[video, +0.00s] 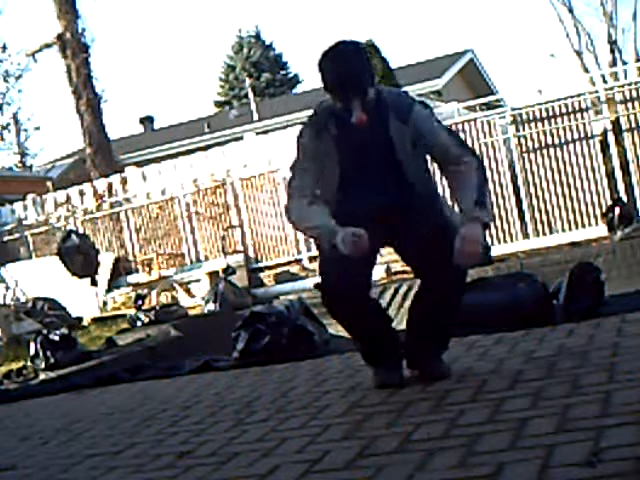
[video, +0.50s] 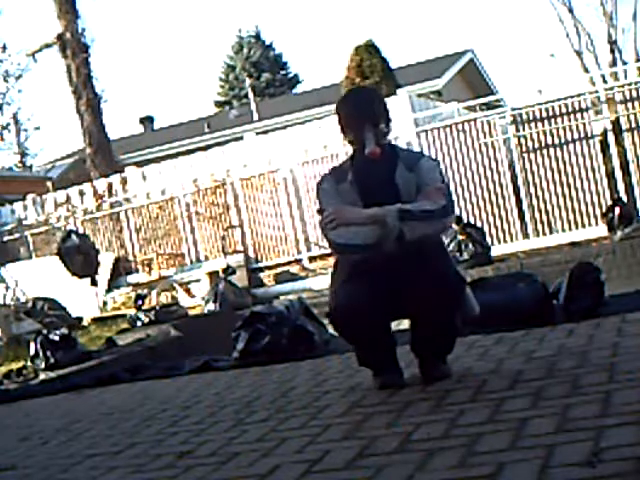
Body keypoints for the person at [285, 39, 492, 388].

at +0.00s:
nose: (355, 109)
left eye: (362, 97)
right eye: (344, 102)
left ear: (373, 83)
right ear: (330, 92)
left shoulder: (403, 109)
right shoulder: (319, 128)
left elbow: (461, 162)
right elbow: (299, 202)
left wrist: (474, 220)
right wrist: (334, 234)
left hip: (412, 216)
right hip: (353, 227)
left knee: (447, 270)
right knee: (340, 292)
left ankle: (424, 352)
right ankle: (385, 358)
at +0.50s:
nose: (366, 136)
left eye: (373, 124)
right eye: (355, 128)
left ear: (387, 122)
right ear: (343, 130)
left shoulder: (421, 165)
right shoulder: (332, 183)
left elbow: (442, 215)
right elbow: (339, 238)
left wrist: (364, 215)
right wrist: (412, 215)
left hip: (421, 265)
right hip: (363, 276)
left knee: (442, 284)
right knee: (347, 305)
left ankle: (433, 357)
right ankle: (384, 367)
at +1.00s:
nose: (360, 136)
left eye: (368, 122)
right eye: (348, 127)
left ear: (380, 119)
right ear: (336, 129)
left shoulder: (418, 166)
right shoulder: (328, 188)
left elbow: (436, 230)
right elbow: (347, 253)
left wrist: (360, 228)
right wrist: (413, 221)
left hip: (423, 265)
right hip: (366, 277)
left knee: (444, 285)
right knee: (356, 309)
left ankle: (434, 357)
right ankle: (384, 366)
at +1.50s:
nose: (362, 124)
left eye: (370, 113)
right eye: (351, 116)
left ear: (382, 114)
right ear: (339, 122)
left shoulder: (418, 164)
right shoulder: (329, 185)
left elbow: (434, 226)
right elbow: (344, 245)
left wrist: (359, 220)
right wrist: (412, 217)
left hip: (422, 265)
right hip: (365, 277)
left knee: (447, 290)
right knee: (356, 313)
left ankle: (434, 358)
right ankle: (384, 367)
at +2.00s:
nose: (361, 118)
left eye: (368, 107)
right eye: (349, 112)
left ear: (381, 110)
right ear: (338, 121)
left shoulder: (417, 159)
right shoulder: (327, 182)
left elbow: (433, 224)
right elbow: (344, 242)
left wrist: (356, 216)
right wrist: (413, 213)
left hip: (423, 266)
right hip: (365, 278)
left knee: (446, 296)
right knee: (359, 316)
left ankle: (434, 358)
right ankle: (384, 367)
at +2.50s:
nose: (362, 124)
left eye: (370, 112)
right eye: (350, 117)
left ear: (381, 112)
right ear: (338, 122)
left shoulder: (418, 164)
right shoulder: (328, 185)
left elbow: (434, 228)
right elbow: (345, 246)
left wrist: (359, 222)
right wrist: (414, 220)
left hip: (422, 265)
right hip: (365, 277)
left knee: (444, 293)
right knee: (359, 315)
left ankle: (434, 358)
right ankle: (384, 367)